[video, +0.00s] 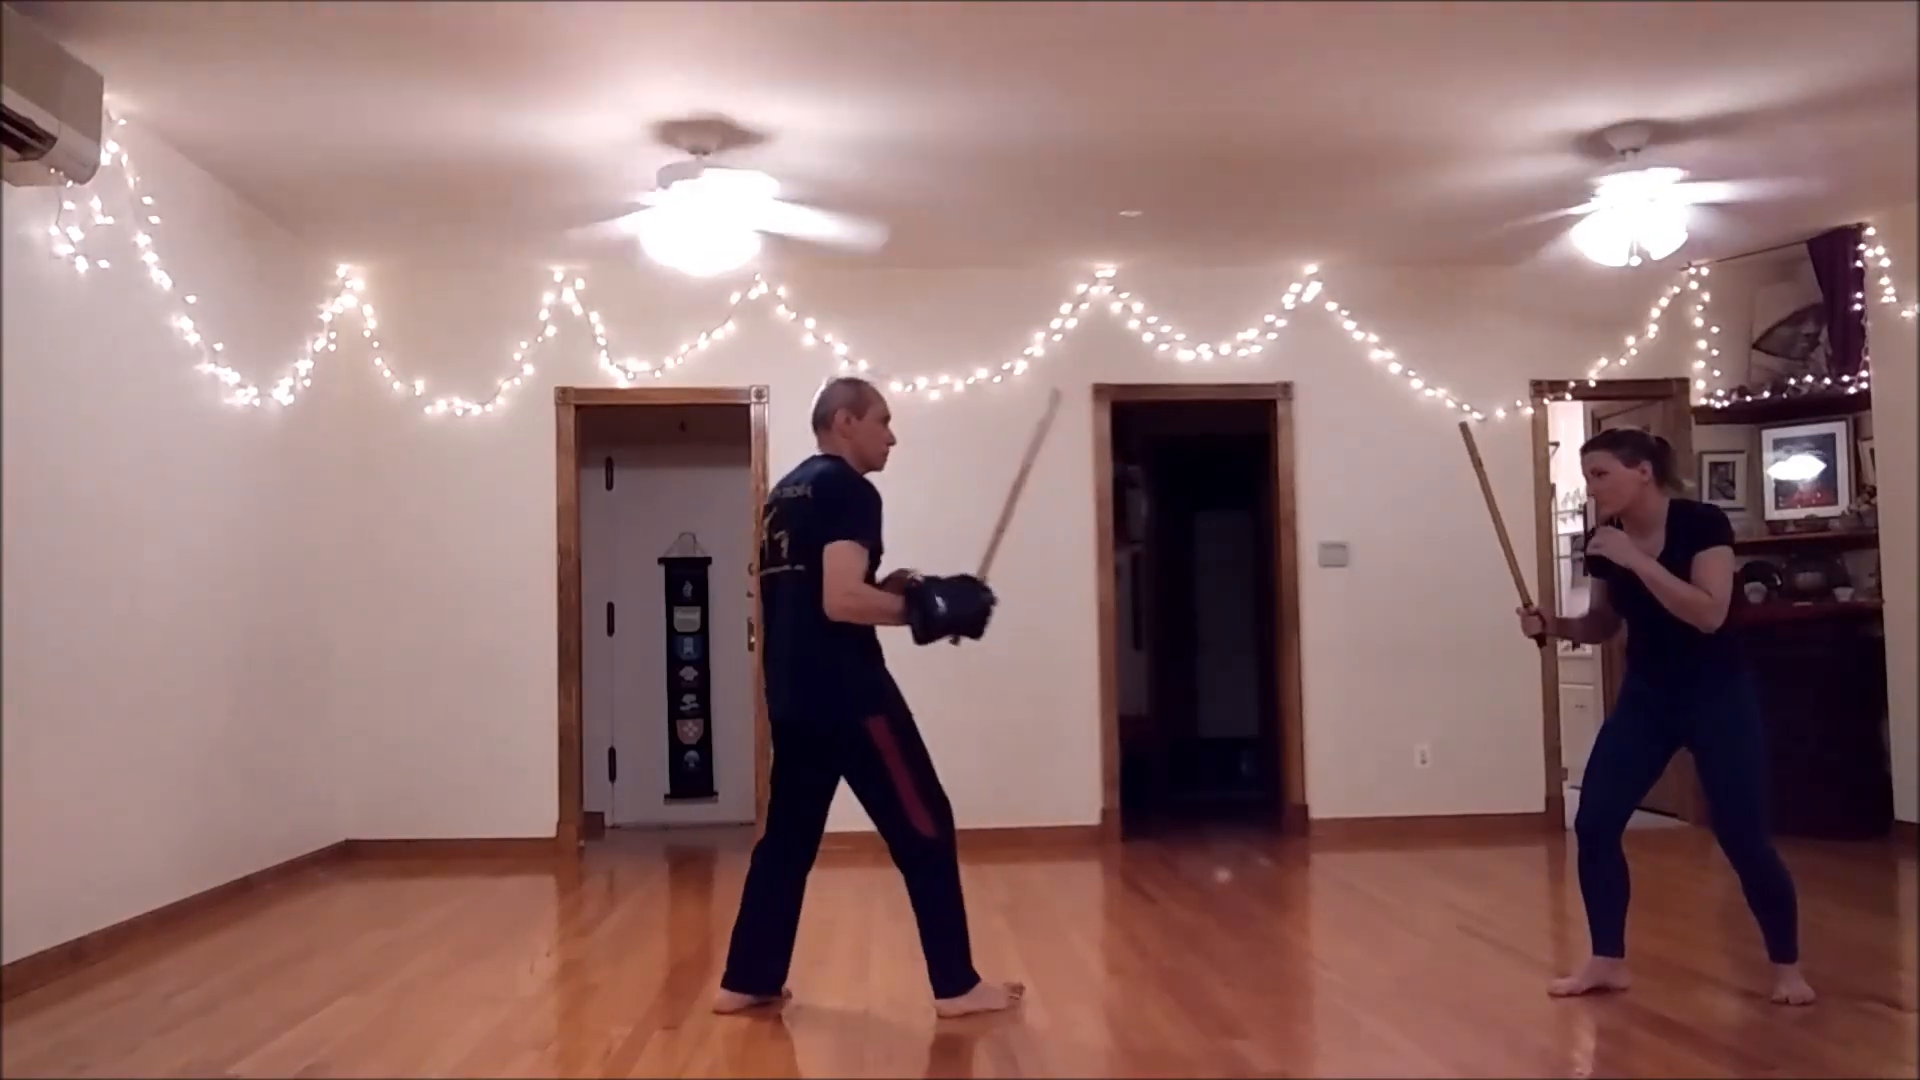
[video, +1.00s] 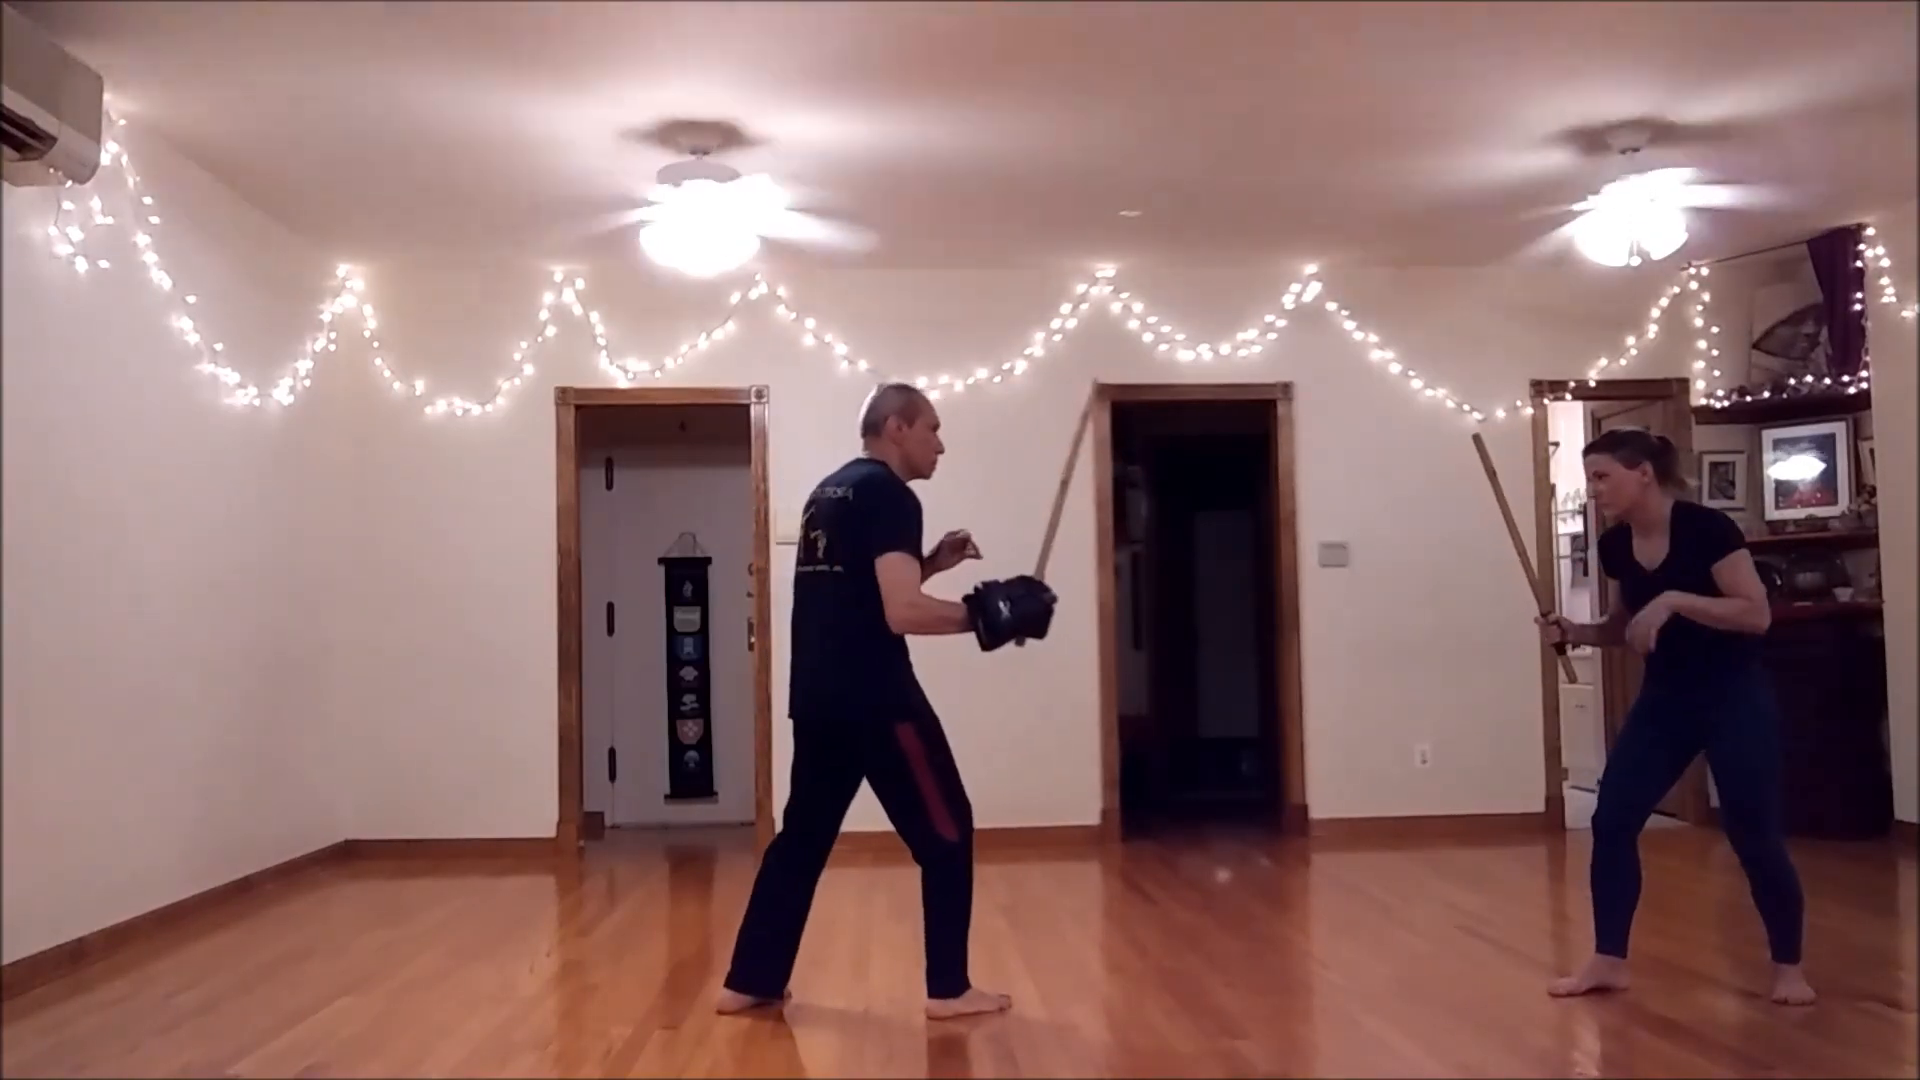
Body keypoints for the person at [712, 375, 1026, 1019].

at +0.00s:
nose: (892, 435)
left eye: (890, 423)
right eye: (883, 421)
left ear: (837, 424)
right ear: (845, 421)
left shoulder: (788, 490)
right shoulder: (847, 489)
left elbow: (803, 603)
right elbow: (843, 599)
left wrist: (881, 591)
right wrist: (924, 609)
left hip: (797, 697)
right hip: (854, 695)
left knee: (787, 839)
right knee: (925, 830)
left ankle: (747, 982)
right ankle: (956, 985)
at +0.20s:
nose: (897, 441)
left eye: (895, 428)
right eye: (888, 427)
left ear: (840, 429)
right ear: (850, 426)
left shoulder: (791, 493)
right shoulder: (847, 490)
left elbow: (823, 599)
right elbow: (852, 599)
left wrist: (914, 583)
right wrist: (937, 588)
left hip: (796, 702)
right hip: (852, 699)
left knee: (792, 839)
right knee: (924, 833)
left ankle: (747, 983)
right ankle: (943, 988)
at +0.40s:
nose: (919, 443)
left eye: (918, 430)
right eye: (911, 429)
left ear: (861, 430)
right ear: (873, 428)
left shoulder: (811, 493)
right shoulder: (870, 493)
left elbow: (829, 595)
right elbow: (894, 605)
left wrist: (908, 568)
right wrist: (978, 598)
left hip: (806, 700)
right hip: (865, 698)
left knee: (799, 838)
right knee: (936, 835)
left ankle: (749, 982)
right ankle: (948, 990)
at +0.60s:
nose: (950, 445)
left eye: (949, 433)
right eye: (942, 432)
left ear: (892, 432)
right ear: (907, 431)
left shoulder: (837, 490)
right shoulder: (896, 496)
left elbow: (850, 586)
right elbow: (906, 612)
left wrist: (928, 572)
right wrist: (984, 609)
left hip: (820, 698)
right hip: (880, 699)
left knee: (805, 835)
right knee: (946, 832)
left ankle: (750, 979)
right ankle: (948, 989)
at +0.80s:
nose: (953, 447)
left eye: (952, 434)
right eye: (946, 433)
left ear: (897, 433)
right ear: (909, 431)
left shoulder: (840, 491)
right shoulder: (898, 498)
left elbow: (852, 593)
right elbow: (913, 612)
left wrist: (932, 577)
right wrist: (993, 618)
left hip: (822, 700)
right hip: (884, 700)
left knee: (805, 835)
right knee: (950, 835)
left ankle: (751, 983)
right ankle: (949, 990)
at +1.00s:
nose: (940, 443)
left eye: (939, 431)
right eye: (932, 430)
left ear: (885, 430)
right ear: (896, 428)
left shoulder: (832, 491)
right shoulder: (886, 493)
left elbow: (858, 592)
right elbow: (906, 611)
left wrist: (931, 564)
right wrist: (985, 612)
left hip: (822, 700)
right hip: (882, 699)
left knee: (803, 836)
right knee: (947, 834)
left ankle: (750, 983)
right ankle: (948, 989)